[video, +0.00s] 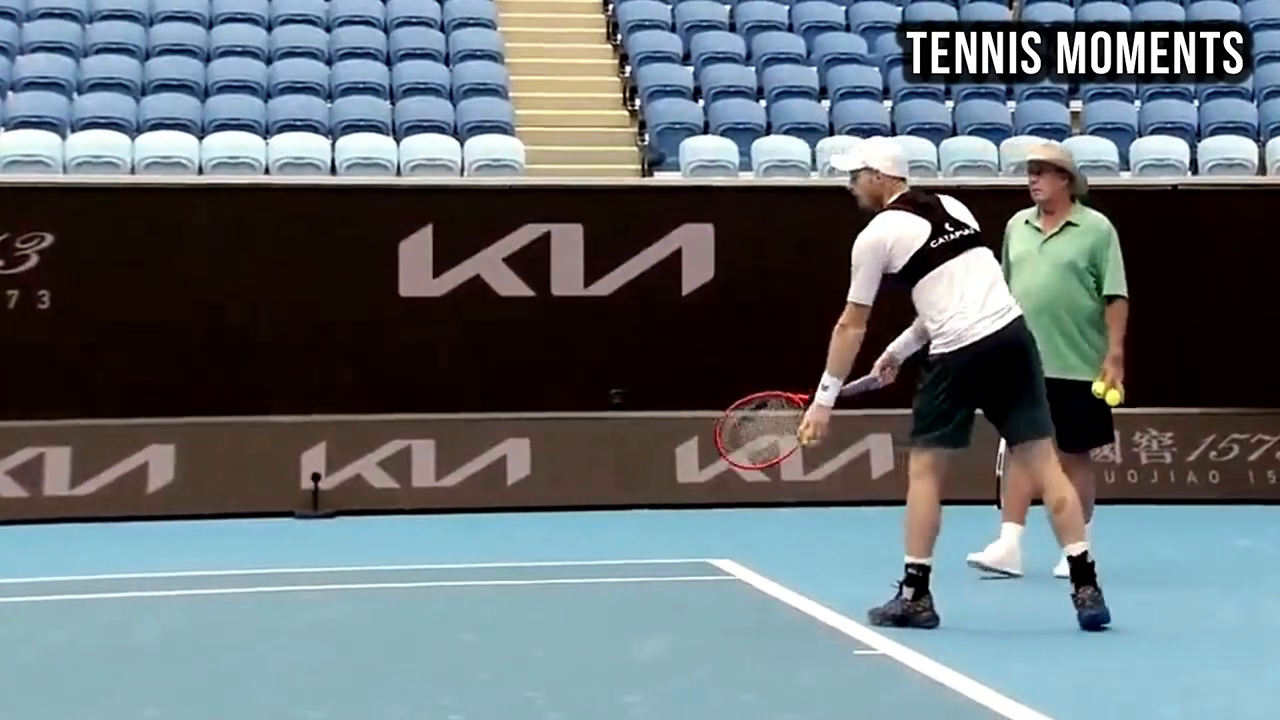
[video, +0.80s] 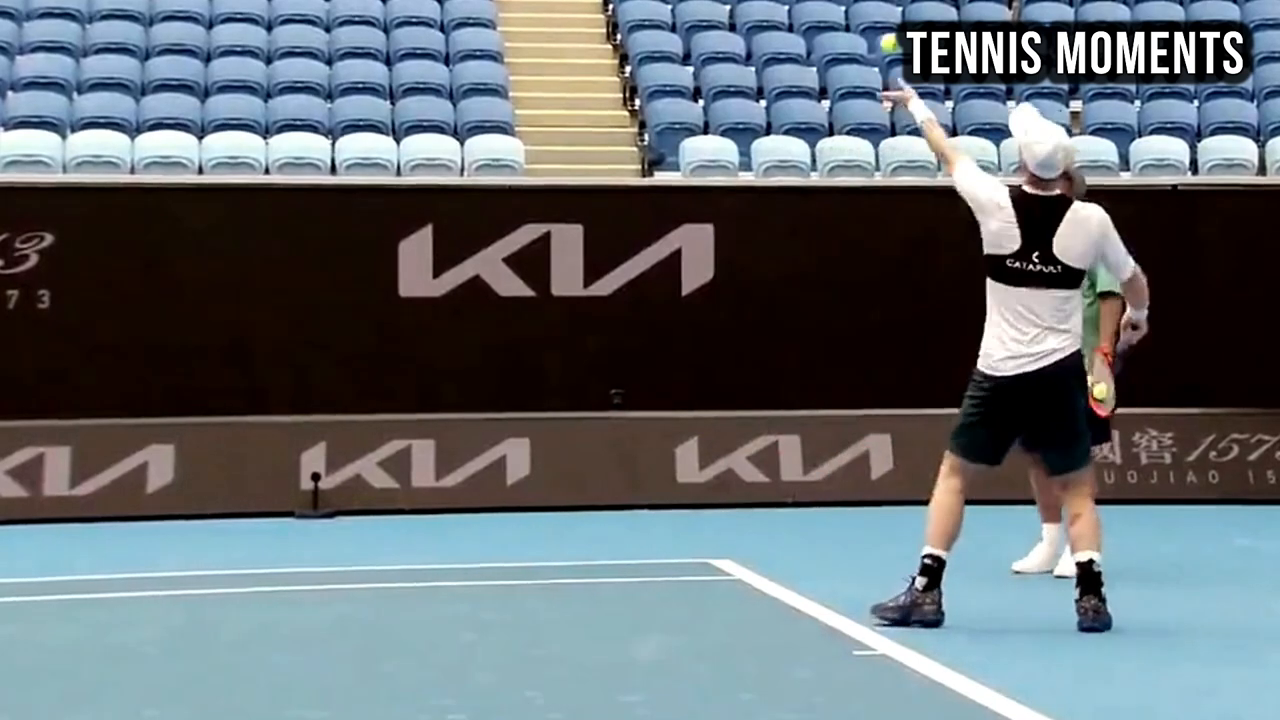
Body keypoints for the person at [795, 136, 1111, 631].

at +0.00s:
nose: (852, 187)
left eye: (857, 177)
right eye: (852, 178)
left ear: (882, 178)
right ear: (896, 179)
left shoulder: (875, 235)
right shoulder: (948, 202)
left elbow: (851, 325)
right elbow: (955, 296)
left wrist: (823, 400)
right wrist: (898, 351)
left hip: (957, 355)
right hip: (1013, 339)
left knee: (925, 471)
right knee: (1047, 465)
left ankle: (915, 595)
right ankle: (1087, 588)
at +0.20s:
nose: (894, 187)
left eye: (898, 177)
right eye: (894, 178)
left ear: (918, 178)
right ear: (938, 178)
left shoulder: (914, 238)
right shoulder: (992, 204)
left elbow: (910, 329)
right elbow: (1005, 300)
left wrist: (902, 409)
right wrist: (958, 383)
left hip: (986, 361)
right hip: (1046, 350)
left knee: (944, 472)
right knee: (1056, 474)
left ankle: (915, 595)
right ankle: (1090, 595)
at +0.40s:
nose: (944, 177)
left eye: (948, 167)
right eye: (946, 167)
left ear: (967, 170)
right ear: (993, 168)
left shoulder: (956, 234)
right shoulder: (1045, 205)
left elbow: (969, 323)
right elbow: (1058, 286)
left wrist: (976, 395)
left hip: (1011, 373)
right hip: (1071, 363)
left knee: (959, 476)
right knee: (1076, 481)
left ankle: (917, 593)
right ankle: (1092, 597)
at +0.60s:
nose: (1002, 157)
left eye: (1002, 153)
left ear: (1007, 160)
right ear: (1050, 159)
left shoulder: (986, 216)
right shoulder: (1090, 212)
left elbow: (970, 288)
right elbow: (1115, 295)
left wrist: (952, 341)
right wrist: (1110, 353)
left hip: (1012, 373)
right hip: (1074, 369)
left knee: (962, 471)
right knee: (1081, 484)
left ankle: (921, 592)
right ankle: (1092, 597)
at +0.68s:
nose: (1013, 152)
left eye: (1015, 149)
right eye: (1023, 149)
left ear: (1019, 158)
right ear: (1062, 159)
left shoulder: (992, 206)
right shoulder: (1094, 212)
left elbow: (957, 241)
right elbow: (1123, 286)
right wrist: (1120, 346)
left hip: (1009, 371)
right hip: (1072, 369)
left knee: (960, 474)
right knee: (1080, 488)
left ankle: (923, 591)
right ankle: (1091, 597)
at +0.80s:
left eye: (1022, 154)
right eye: (1070, 165)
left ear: (1021, 167)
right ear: (1067, 171)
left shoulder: (994, 203)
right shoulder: (1092, 222)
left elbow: (949, 153)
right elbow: (1135, 285)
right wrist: (1140, 319)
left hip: (997, 375)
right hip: (1061, 374)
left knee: (953, 475)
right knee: (1077, 492)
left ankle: (925, 590)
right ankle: (1091, 596)